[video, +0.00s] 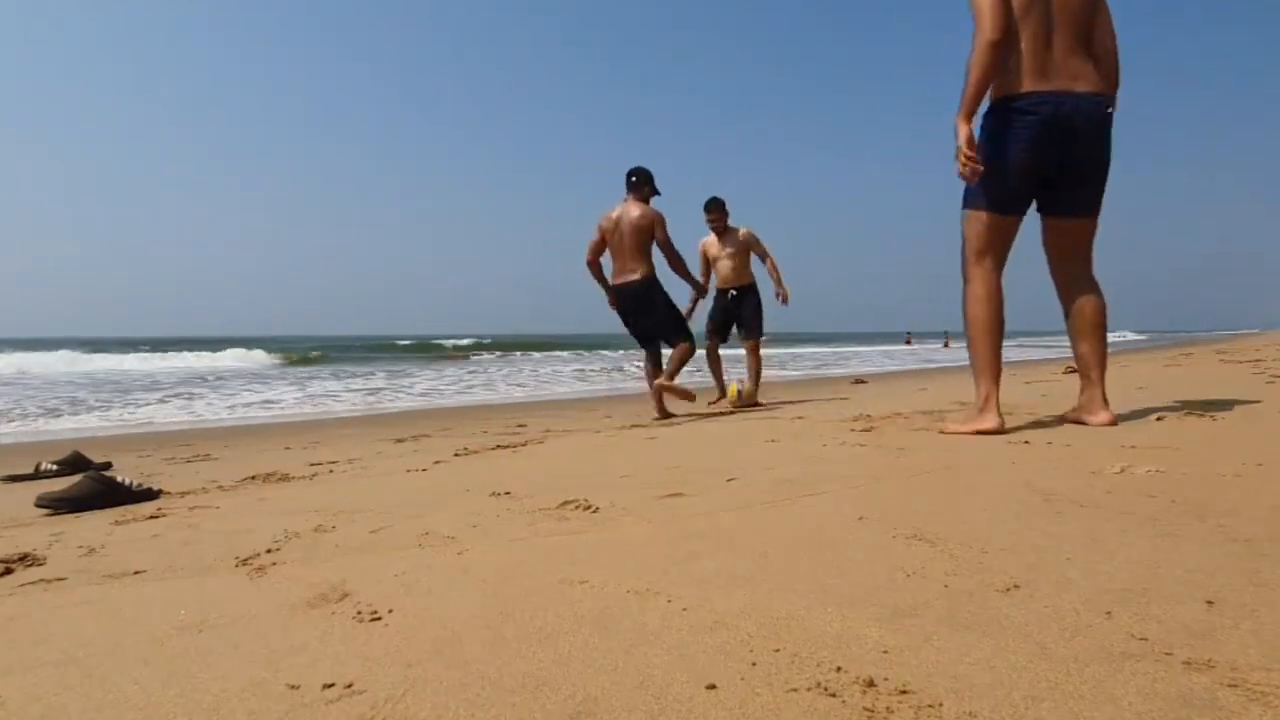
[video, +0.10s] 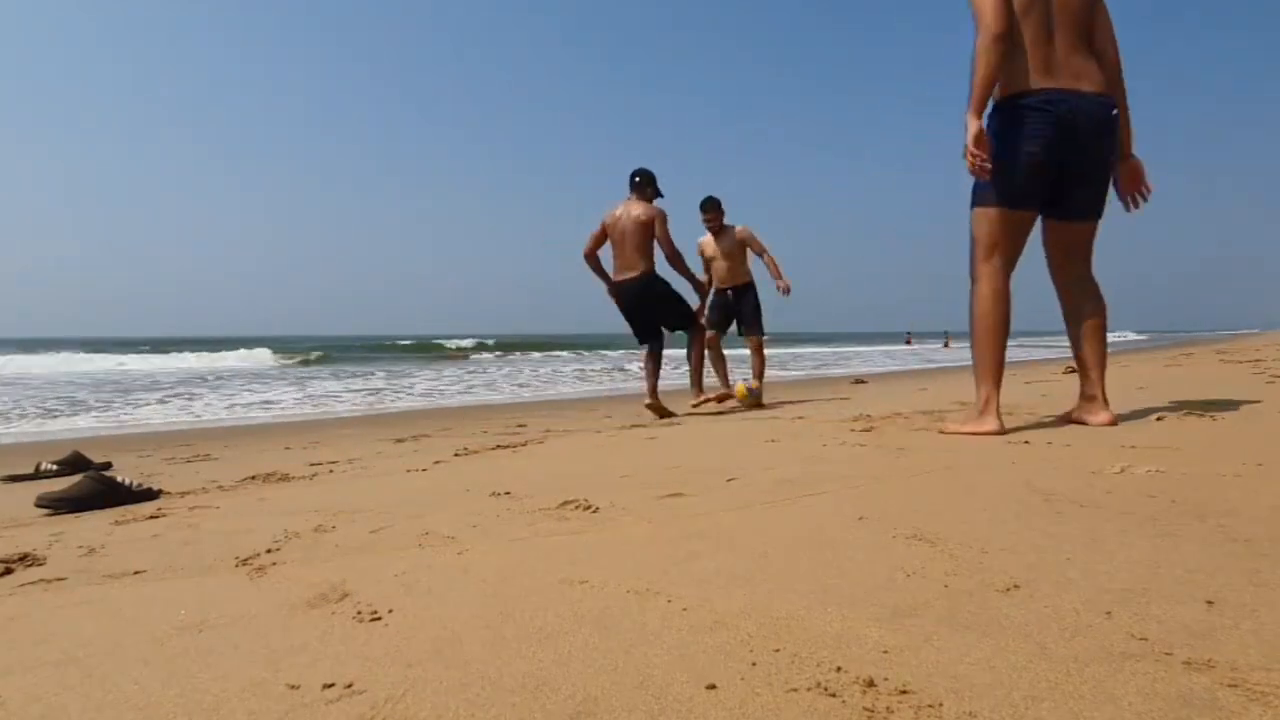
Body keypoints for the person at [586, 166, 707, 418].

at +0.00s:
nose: (653, 194)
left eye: (652, 189)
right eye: (650, 189)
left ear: (629, 188)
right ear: (640, 188)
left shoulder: (609, 219)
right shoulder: (650, 215)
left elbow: (592, 259)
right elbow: (670, 255)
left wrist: (608, 290)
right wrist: (694, 283)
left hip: (619, 290)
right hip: (645, 285)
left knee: (651, 349)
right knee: (685, 343)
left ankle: (660, 408)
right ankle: (667, 378)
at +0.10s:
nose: (657, 193)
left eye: (656, 188)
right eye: (654, 188)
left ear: (633, 187)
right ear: (642, 186)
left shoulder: (612, 216)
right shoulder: (653, 213)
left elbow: (589, 253)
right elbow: (670, 253)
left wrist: (609, 282)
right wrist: (694, 282)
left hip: (621, 287)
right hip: (646, 282)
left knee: (653, 340)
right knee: (695, 328)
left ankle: (652, 397)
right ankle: (697, 393)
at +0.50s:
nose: (659, 222)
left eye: (658, 218)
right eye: (656, 217)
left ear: (635, 216)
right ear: (645, 215)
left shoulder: (614, 240)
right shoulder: (658, 237)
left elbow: (604, 277)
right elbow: (687, 260)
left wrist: (619, 293)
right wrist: (670, 275)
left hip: (622, 306)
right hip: (649, 303)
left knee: (641, 353)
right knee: (671, 350)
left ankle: (625, 403)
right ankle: (675, 403)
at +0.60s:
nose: (662, 232)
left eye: (662, 228)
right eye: (659, 227)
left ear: (638, 226)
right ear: (647, 225)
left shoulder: (616, 248)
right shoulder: (657, 248)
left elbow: (604, 284)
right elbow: (666, 275)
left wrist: (624, 277)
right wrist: (646, 275)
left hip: (613, 308)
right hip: (639, 307)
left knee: (640, 355)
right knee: (669, 348)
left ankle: (624, 405)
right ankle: (677, 401)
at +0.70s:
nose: (662, 240)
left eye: (663, 235)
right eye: (659, 235)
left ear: (641, 234)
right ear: (646, 233)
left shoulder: (620, 252)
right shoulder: (656, 253)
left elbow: (611, 280)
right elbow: (649, 289)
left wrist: (630, 276)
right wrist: (631, 275)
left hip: (607, 308)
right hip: (630, 307)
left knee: (638, 353)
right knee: (665, 344)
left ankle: (624, 405)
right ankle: (649, 398)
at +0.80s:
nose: (659, 243)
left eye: (659, 239)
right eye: (656, 238)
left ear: (637, 238)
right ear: (644, 237)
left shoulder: (620, 254)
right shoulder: (652, 256)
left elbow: (615, 283)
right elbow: (652, 296)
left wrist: (637, 288)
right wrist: (633, 289)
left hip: (603, 309)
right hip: (622, 311)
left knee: (638, 356)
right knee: (659, 360)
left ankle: (625, 405)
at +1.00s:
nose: (651, 220)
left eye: (651, 215)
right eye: (647, 215)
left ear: (632, 217)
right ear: (632, 216)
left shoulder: (623, 240)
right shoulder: (626, 240)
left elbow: (626, 284)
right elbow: (628, 280)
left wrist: (648, 294)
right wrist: (651, 310)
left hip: (609, 305)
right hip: (607, 306)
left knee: (633, 359)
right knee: (634, 362)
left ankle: (623, 406)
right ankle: (580, 397)